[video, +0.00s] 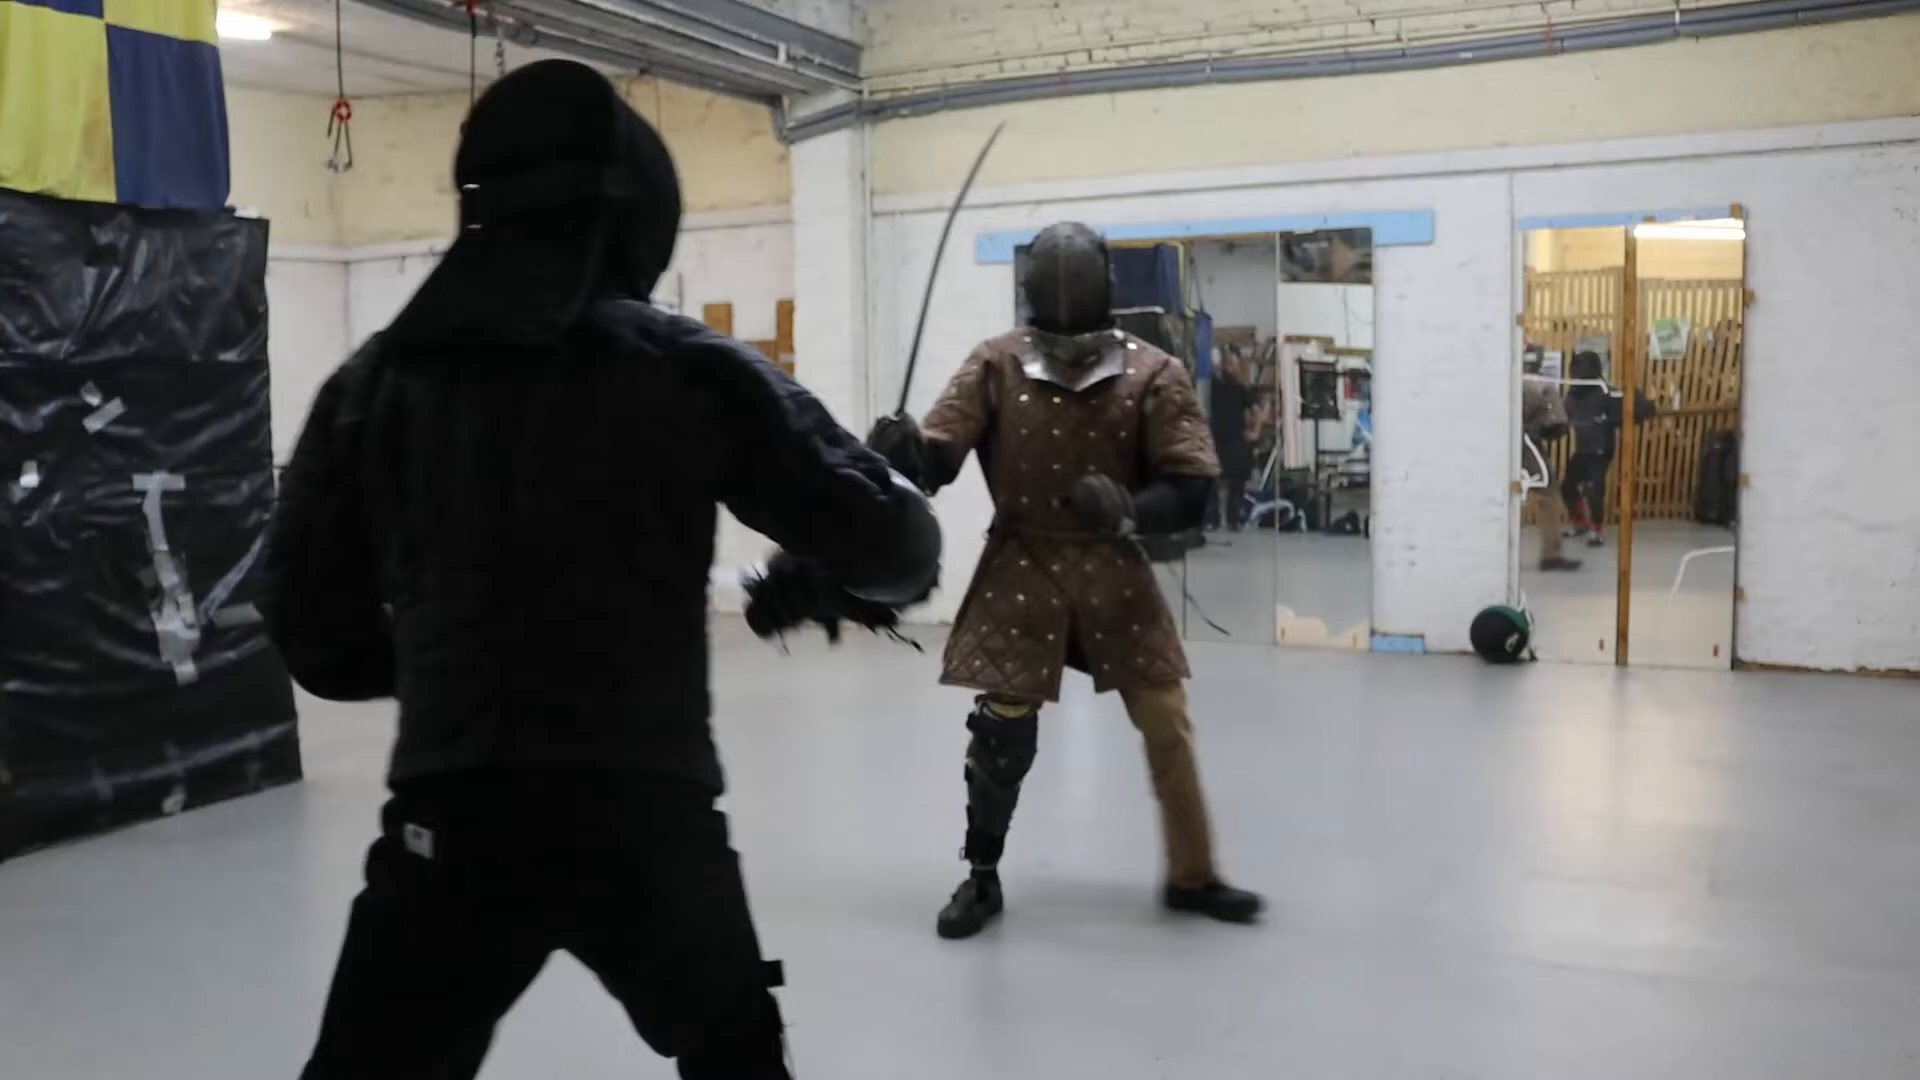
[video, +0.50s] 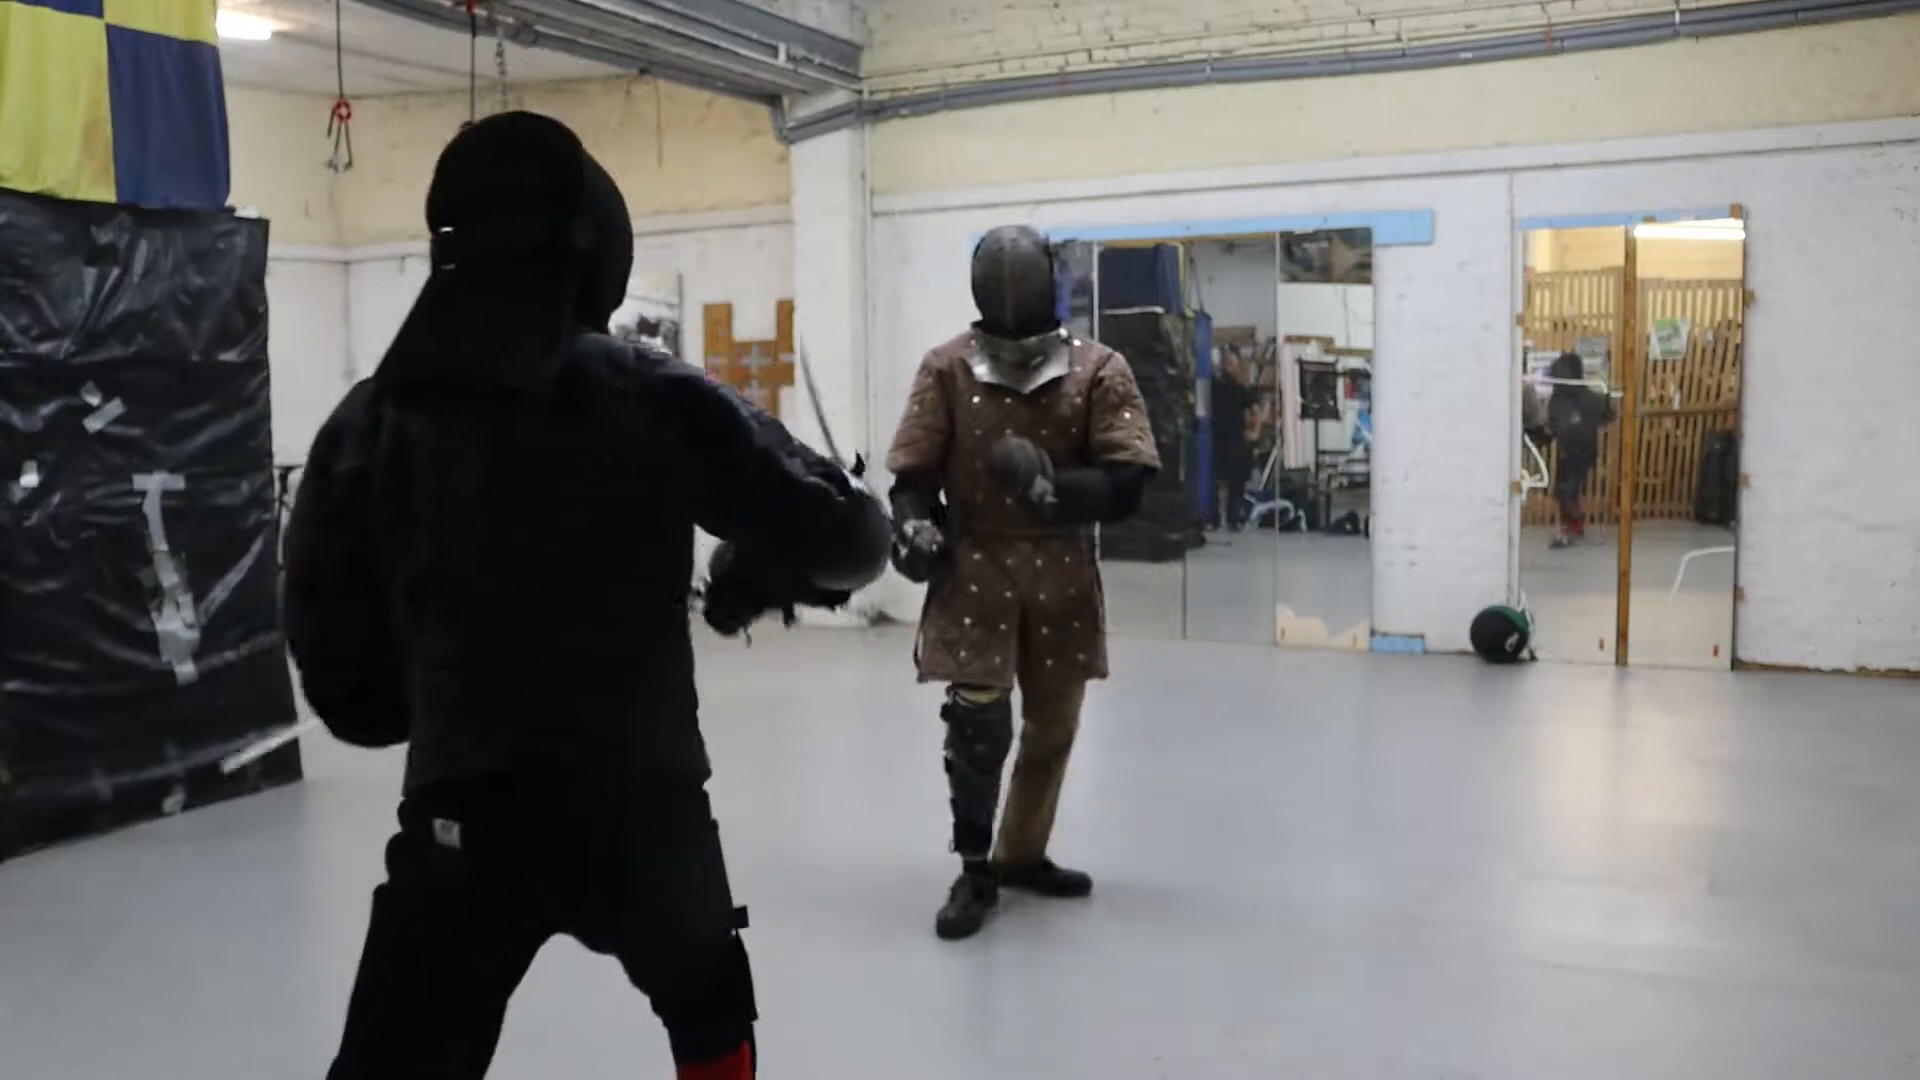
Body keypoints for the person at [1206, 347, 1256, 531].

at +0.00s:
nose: (1228, 365)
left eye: (1232, 361)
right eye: (1225, 361)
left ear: (1239, 363)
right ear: (1220, 362)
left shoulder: (1243, 389)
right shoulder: (1213, 386)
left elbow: (1255, 411)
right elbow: (1203, 409)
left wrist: (1255, 432)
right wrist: (1205, 431)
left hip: (1237, 437)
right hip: (1214, 436)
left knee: (1237, 479)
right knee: (1212, 478)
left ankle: (1233, 519)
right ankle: (1212, 518)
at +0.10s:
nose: (1228, 365)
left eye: (1232, 361)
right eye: (1225, 361)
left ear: (1239, 363)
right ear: (1220, 362)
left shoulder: (1242, 389)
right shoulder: (1212, 386)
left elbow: (1255, 411)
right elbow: (1203, 410)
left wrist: (1255, 432)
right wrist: (1204, 433)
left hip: (1237, 437)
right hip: (1215, 437)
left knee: (1236, 481)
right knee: (1213, 479)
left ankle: (1233, 519)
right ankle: (1213, 518)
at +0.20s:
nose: (1228, 366)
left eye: (1232, 362)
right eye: (1225, 361)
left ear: (1239, 364)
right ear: (1220, 363)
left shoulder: (1243, 389)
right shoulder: (1213, 386)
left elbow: (1255, 411)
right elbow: (1204, 408)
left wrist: (1255, 432)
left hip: (1237, 437)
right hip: (1215, 436)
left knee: (1236, 480)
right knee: (1213, 479)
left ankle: (1233, 519)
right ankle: (1212, 517)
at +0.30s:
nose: (1228, 365)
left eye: (1232, 360)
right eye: (1225, 360)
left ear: (1239, 363)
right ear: (1220, 362)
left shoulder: (1243, 389)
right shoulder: (1213, 386)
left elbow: (1255, 412)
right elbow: (1204, 409)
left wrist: (1254, 432)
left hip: (1237, 437)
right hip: (1215, 436)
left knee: (1236, 481)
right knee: (1212, 480)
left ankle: (1233, 519)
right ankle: (1212, 518)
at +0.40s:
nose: (1228, 365)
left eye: (1232, 361)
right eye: (1225, 360)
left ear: (1239, 363)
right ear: (1220, 362)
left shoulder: (1243, 389)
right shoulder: (1213, 386)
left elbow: (1255, 411)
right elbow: (1204, 409)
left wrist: (1254, 432)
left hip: (1238, 438)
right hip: (1215, 437)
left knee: (1236, 481)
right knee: (1212, 480)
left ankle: (1233, 519)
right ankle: (1212, 518)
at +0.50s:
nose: (1228, 365)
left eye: (1231, 360)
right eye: (1225, 360)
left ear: (1238, 363)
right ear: (1220, 362)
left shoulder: (1243, 389)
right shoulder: (1212, 386)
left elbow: (1255, 411)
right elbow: (1204, 409)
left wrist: (1254, 432)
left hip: (1238, 437)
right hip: (1215, 437)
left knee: (1236, 481)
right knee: (1212, 480)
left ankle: (1233, 519)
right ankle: (1212, 518)